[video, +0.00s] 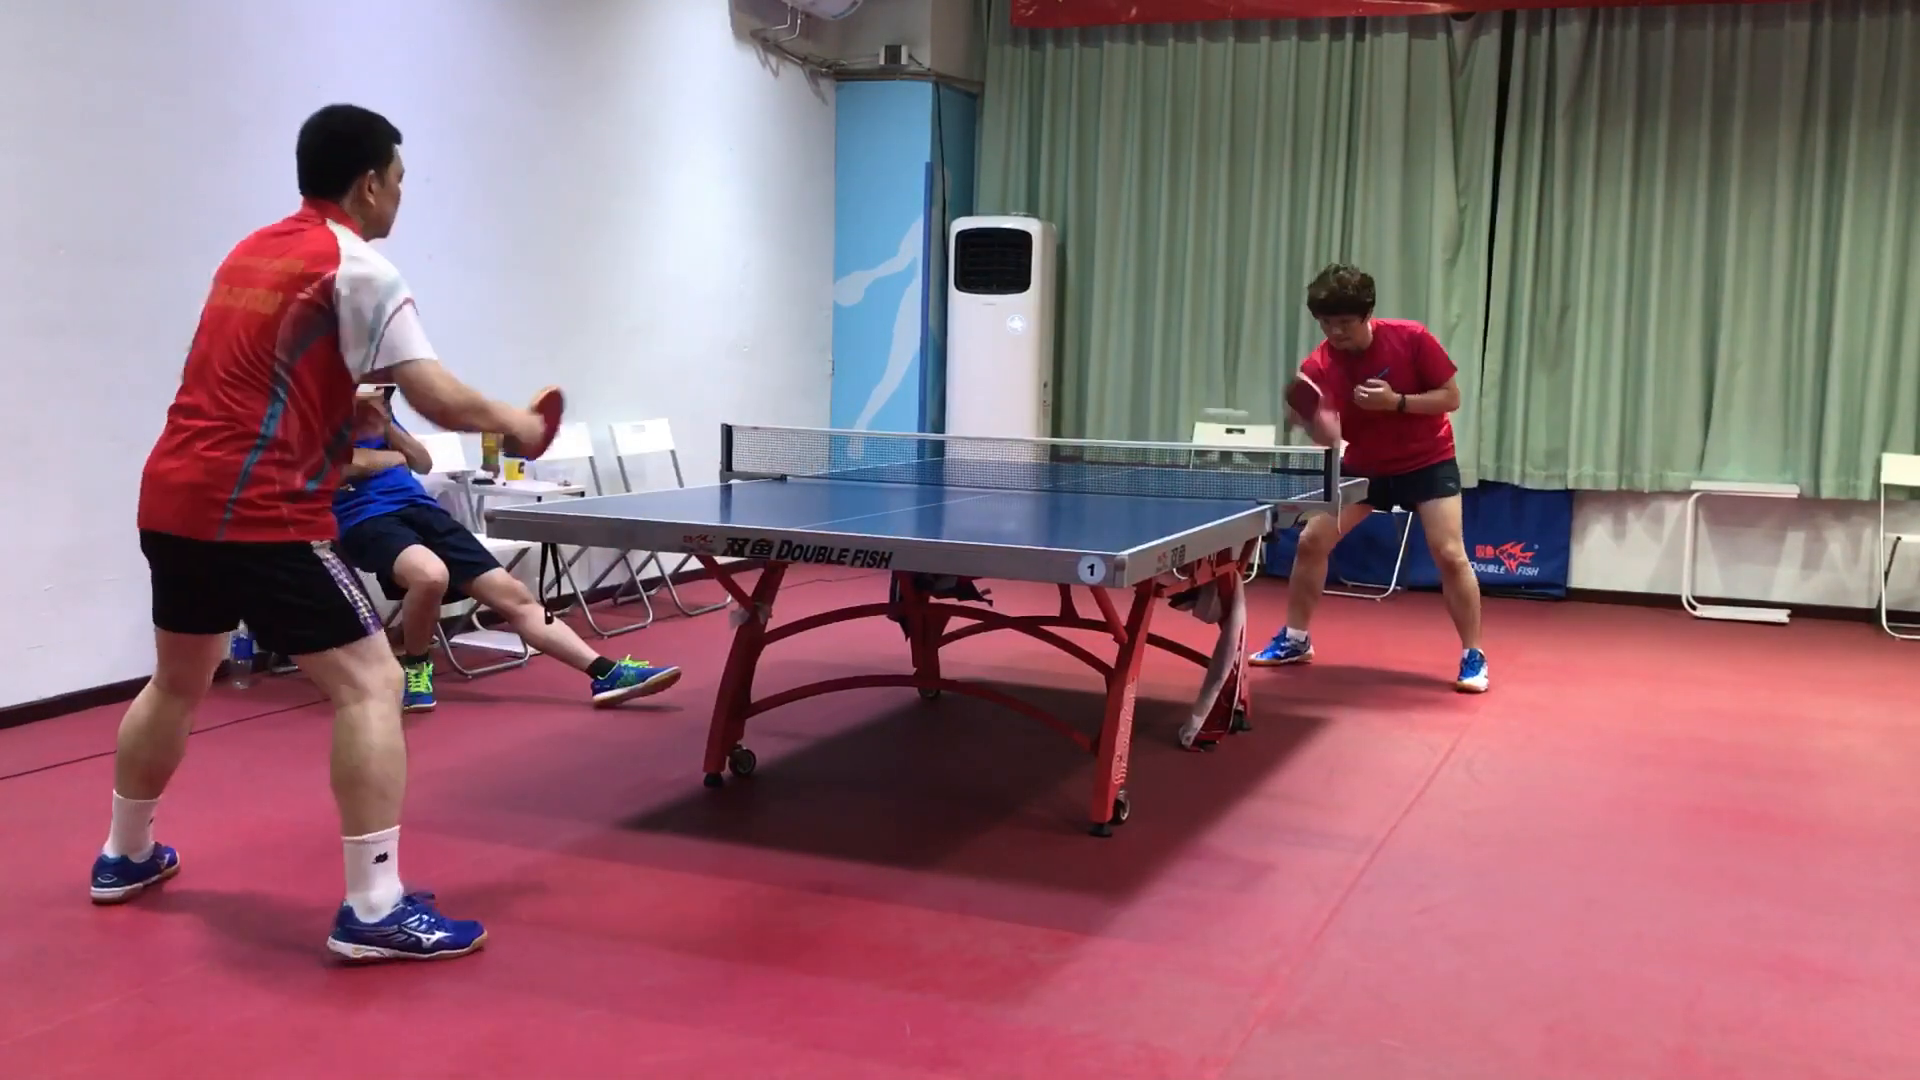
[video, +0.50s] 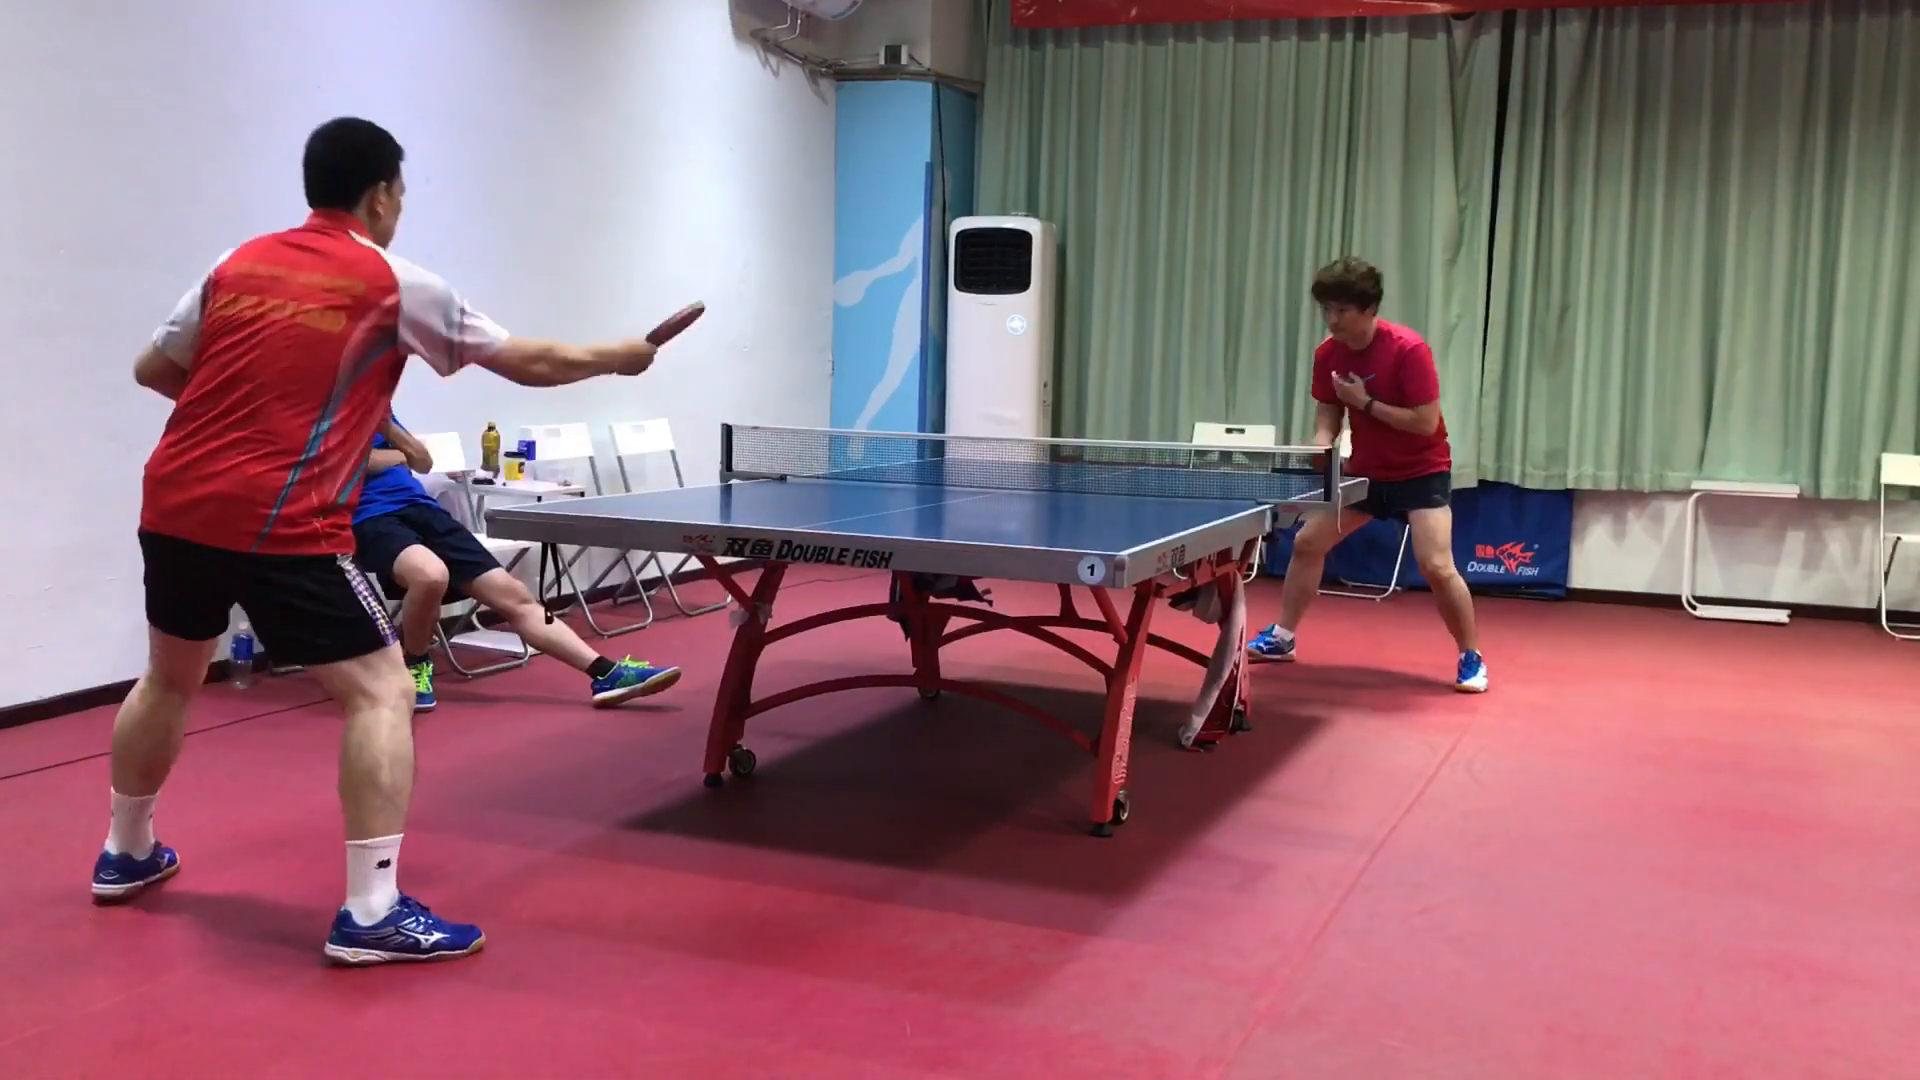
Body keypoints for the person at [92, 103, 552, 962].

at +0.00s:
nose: (400, 196)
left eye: (400, 180)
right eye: (398, 179)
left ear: (312, 183)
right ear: (367, 183)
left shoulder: (251, 250)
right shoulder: (359, 267)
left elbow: (255, 388)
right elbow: (436, 397)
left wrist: (346, 414)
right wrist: (512, 421)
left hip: (172, 502)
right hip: (263, 513)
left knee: (175, 685)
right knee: (368, 685)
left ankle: (125, 854)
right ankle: (374, 908)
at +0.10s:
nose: (414, 224)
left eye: (413, 208)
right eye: (412, 209)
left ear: (329, 207)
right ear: (386, 211)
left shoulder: (266, 275)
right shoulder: (367, 294)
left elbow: (278, 438)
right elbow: (427, 431)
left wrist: (392, 457)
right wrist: (488, 459)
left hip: (165, 521)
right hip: (256, 534)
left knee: (192, 680)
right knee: (375, 691)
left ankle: (126, 853)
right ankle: (370, 914)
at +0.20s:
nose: (425, 264)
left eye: (426, 249)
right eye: (424, 248)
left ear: (338, 240)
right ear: (400, 247)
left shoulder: (271, 299)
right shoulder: (382, 328)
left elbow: (292, 439)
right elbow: (454, 471)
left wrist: (392, 459)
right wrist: (461, 511)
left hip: (160, 539)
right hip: (257, 550)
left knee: (199, 683)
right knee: (397, 695)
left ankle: (126, 854)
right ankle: (370, 914)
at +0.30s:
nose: (426, 256)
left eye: (428, 243)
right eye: (426, 242)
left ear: (340, 234)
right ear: (407, 242)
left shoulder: (265, 294)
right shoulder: (400, 332)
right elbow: (486, 462)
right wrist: (492, 452)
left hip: (160, 531)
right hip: (261, 545)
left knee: (189, 680)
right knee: (397, 695)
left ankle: (126, 853)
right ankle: (372, 914)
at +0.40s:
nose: (418, 229)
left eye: (417, 215)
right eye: (418, 215)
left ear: (331, 209)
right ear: (400, 217)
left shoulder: (257, 274)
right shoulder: (408, 312)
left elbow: (173, 380)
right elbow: (523, 392)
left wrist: (276, 397)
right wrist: (592, 387)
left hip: (165, 515)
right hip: (277, 533)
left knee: (169, 682)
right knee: (387, 692)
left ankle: (125, 849)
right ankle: (372, 911)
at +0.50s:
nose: (402, 207)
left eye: (401, 193)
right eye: (399, 193)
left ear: (312, 196)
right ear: (378, 198)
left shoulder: (239, 262)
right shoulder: (395, 283)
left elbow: (156, 366)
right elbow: (527, 363)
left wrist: (251, 405)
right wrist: (623, 355)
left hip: (176, 506)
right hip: (290, 522)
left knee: (168, 681)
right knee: (378, 690)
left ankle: (125, 850)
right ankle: (371, 910)